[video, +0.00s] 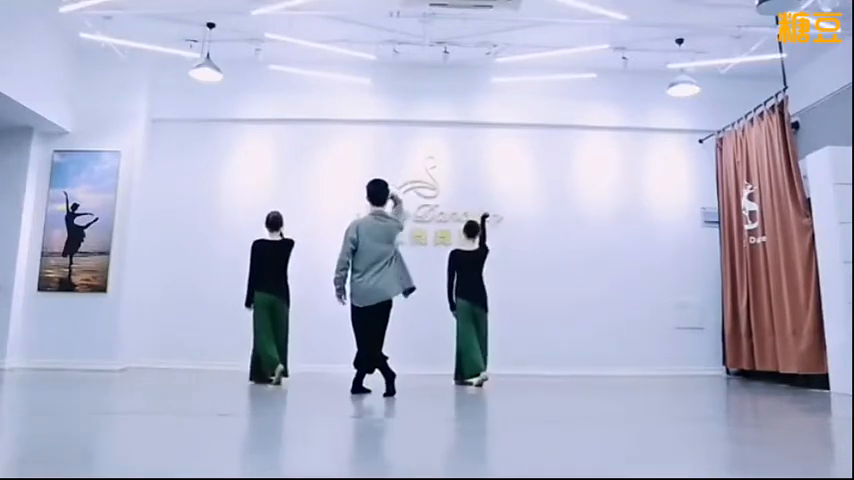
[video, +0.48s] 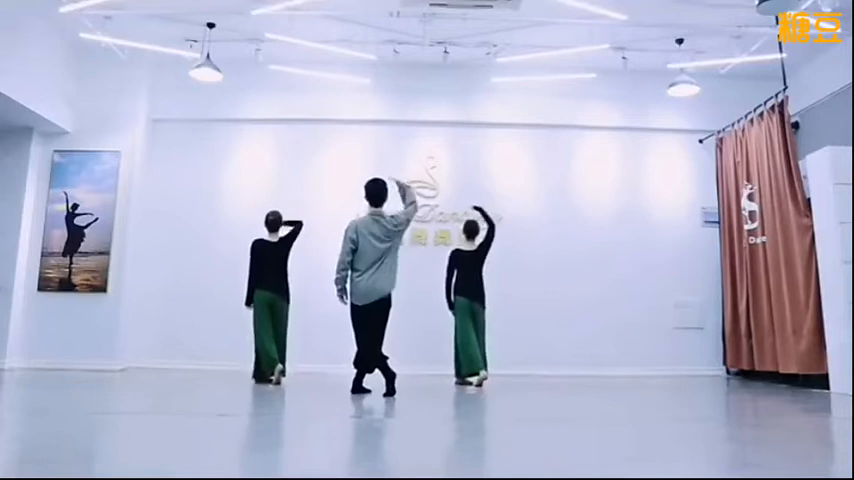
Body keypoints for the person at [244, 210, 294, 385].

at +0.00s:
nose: (275, 228)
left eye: (269, 225)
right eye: (278, 225)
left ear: (266, 226)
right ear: (281, 226)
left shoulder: (258, 245)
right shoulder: (288, 245)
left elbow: (252, 274)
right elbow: (285, 243)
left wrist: (249, 297)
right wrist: (279, 234)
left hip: (261, 293)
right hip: (281, 293)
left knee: (263, 332)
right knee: (280, 333)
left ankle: (275, 366)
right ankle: (276, 373)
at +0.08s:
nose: (274, 228)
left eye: (269, 224)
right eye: (277, 224)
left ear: (265, 226)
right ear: (281, 226)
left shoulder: (257, 245)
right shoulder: (288, 245)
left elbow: (252, 274)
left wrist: (249, 297)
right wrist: (277, 235)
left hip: (261, 293)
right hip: (281, 294)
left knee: (263, 332)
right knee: (280, 333)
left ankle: (275, 366)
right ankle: (277, 373)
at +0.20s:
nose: (276, 227)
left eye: (270, 224)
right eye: (278, 224)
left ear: (265, 226)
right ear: (280, 226)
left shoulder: (257, 245)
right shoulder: (287, 245)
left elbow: (252, 275)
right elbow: (287, 242)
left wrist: (249, 298)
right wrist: (278, 234)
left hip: (262, 293)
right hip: (281, 294)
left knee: (263, 332)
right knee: (279, 333)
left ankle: (275, 366)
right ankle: (276, 373)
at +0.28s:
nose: (275, 227)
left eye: (269, 224)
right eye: (277, 224)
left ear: (265, 226)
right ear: (280, 226)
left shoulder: (257, 245)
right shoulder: (287, 244)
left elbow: (252, 274)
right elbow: (292, 240)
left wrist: (249, 298)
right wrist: (280, 233)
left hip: (262, 293)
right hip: (281, 294)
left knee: (263, 332)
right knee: (278, 333)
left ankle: (275, 366)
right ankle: (267, 373)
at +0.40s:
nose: (276, 227)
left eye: (270, 224)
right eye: (277, 225)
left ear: (265, 226)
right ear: (280, 227)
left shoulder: (257, 245)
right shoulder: (285, 244)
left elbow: (252, 274)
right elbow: (298, 230)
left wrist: (249, 297)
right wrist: (283, 226)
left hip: (261, 292)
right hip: (281, 293)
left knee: (263, 331)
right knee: (278, 333)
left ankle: (275, 365)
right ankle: (266, 373)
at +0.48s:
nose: (275, 227)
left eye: (270, 223)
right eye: (277, 225)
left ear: (265, 226)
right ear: (281, 226)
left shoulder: (257, 244)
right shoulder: (285, 244)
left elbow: (252, 273)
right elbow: (299, 225)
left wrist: (249, 297)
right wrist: (284, 223)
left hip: (261, 292)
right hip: (281, 293)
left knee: (264, 330)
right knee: (279, 332)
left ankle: (275, 365)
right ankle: (265, 372)